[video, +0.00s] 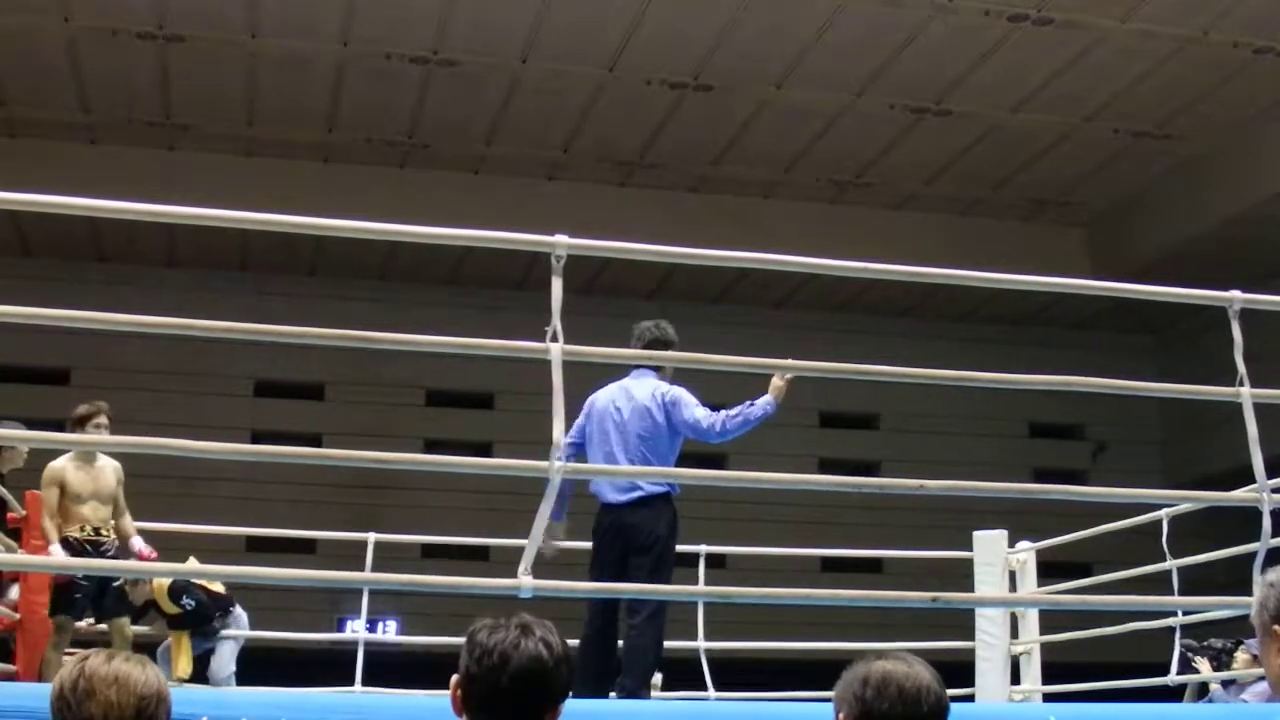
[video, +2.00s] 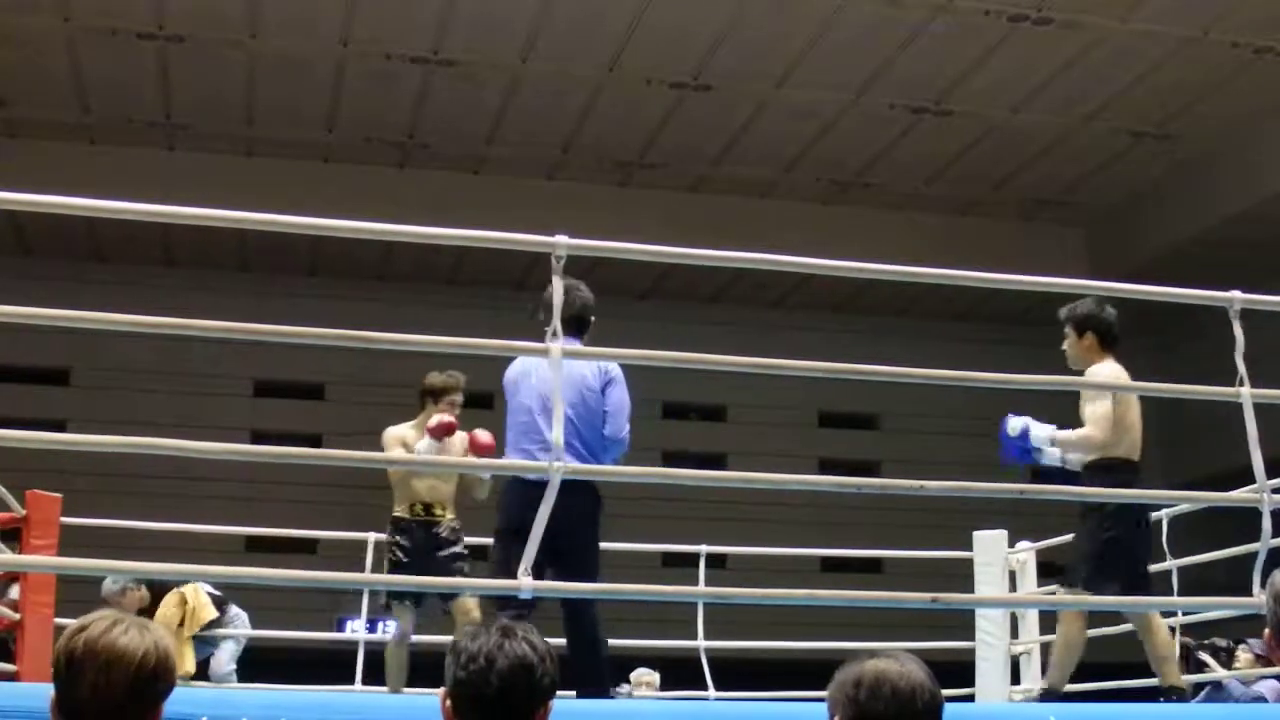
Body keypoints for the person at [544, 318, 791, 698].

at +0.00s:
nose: (674, 362)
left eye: (672, 355)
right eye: (673, 356)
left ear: (634, 354)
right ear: (667, 357)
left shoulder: (597, 400)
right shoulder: (668, 396)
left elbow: (565, 456)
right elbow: (713, 426)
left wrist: (556, 516)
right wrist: (770, 401)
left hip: (610, 516)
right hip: (654, 515)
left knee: (600, 608)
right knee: (646, 608)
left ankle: (587, 699)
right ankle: (631, 700)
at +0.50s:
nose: (679, 359)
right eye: (680, 354)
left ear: (642, 353)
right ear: (679, 357)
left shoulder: (609, 395)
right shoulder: (678, 397)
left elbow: (569, 436)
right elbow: (720, 423)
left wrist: (533, 460)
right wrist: (783, 402)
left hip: (610, 514)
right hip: (652, 513)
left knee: (622, 602)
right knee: (644, 605)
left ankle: (624, 687)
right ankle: (630, 696)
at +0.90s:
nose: (660, 361)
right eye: (664, 355)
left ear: (627, 361)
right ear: (665, 361)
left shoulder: (604, 407)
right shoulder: (677, 408)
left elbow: (586, 463)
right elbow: (726, 457)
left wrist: (589, 439)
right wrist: (772, 442)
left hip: (617, 528)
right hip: (661, 525)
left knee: (631, 615)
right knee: (692, 610)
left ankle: (638, 705)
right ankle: (653, 680)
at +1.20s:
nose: (660, 360)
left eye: (655, 354)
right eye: (658, 354)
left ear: (615, 359)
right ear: (652, 360)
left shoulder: (592, 409)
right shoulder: (670, 407)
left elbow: (600, 458)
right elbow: (694, 467)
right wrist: (698, 445)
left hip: (611, 524)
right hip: (657, 520)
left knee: (626, 609)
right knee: (681, 603)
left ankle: (635, 699)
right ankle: (645, 665)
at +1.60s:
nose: (649, 334)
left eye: (646, 326)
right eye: (646, 327)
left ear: (600, 331)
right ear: (636, 332)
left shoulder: (572, 379)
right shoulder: (645, 377)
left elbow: (548, 442)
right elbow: (651, 439)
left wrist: (569, 474)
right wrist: (654, 478)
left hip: (577, 496)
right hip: (621, 495)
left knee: (594, 587)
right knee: (620, 588)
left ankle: (600, 678)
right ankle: (608, 685)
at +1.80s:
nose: (622, 324)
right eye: (621, 319)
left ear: (576, 322)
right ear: (617, 325)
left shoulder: (548, 374)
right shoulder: (626, 373)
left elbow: (538, 444)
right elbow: (638, 442)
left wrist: (556, 479)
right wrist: (625, 472)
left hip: (554, 492)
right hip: (602, 494)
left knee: (550, 593)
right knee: (605, 592)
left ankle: (536, 690)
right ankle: (605, 691)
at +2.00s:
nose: (539, 318)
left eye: (542, 312)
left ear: (542, 318)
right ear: (588, 323)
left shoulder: (517, 369)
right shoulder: (606, 370)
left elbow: (517, 422)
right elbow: (616, 434)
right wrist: (596, 465)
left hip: (521, 491)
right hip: (578, 494)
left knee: (511, 593)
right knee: (579, 596)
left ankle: (503, 697)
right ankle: (594, 696)